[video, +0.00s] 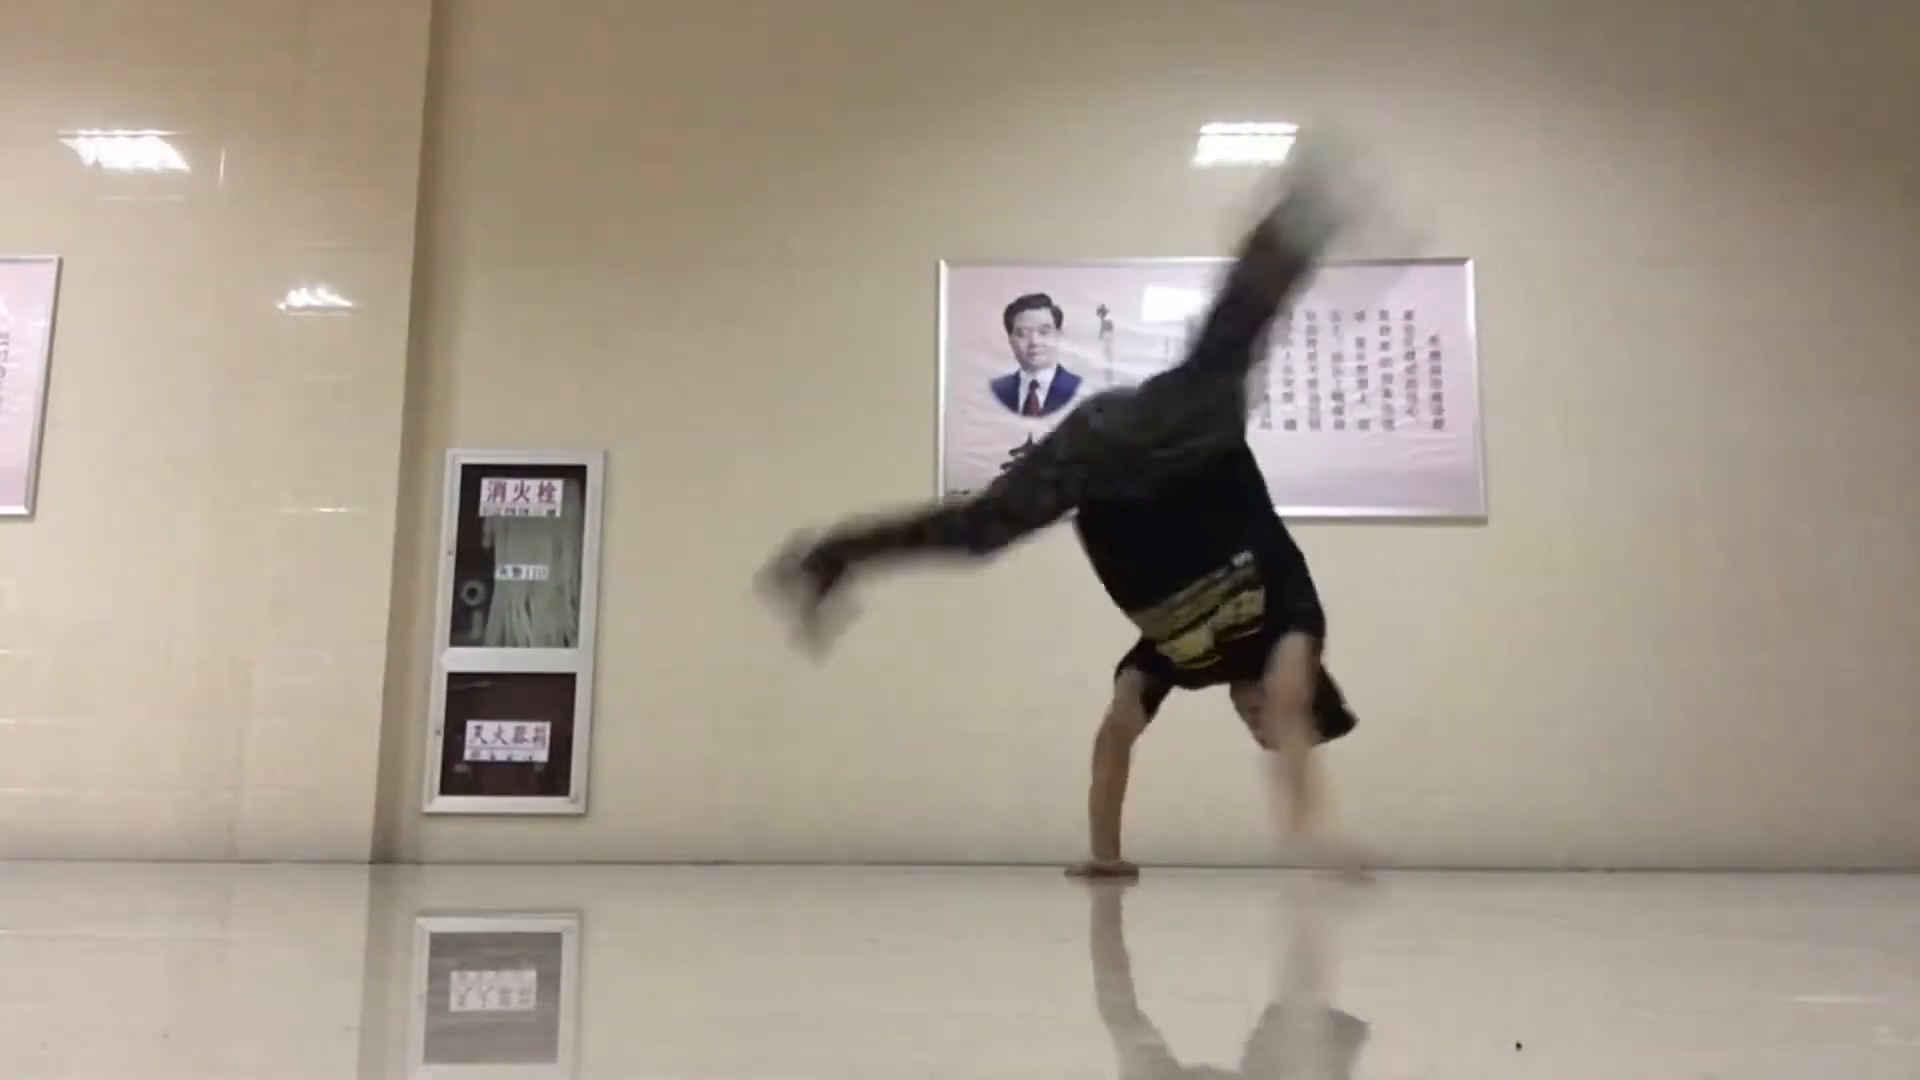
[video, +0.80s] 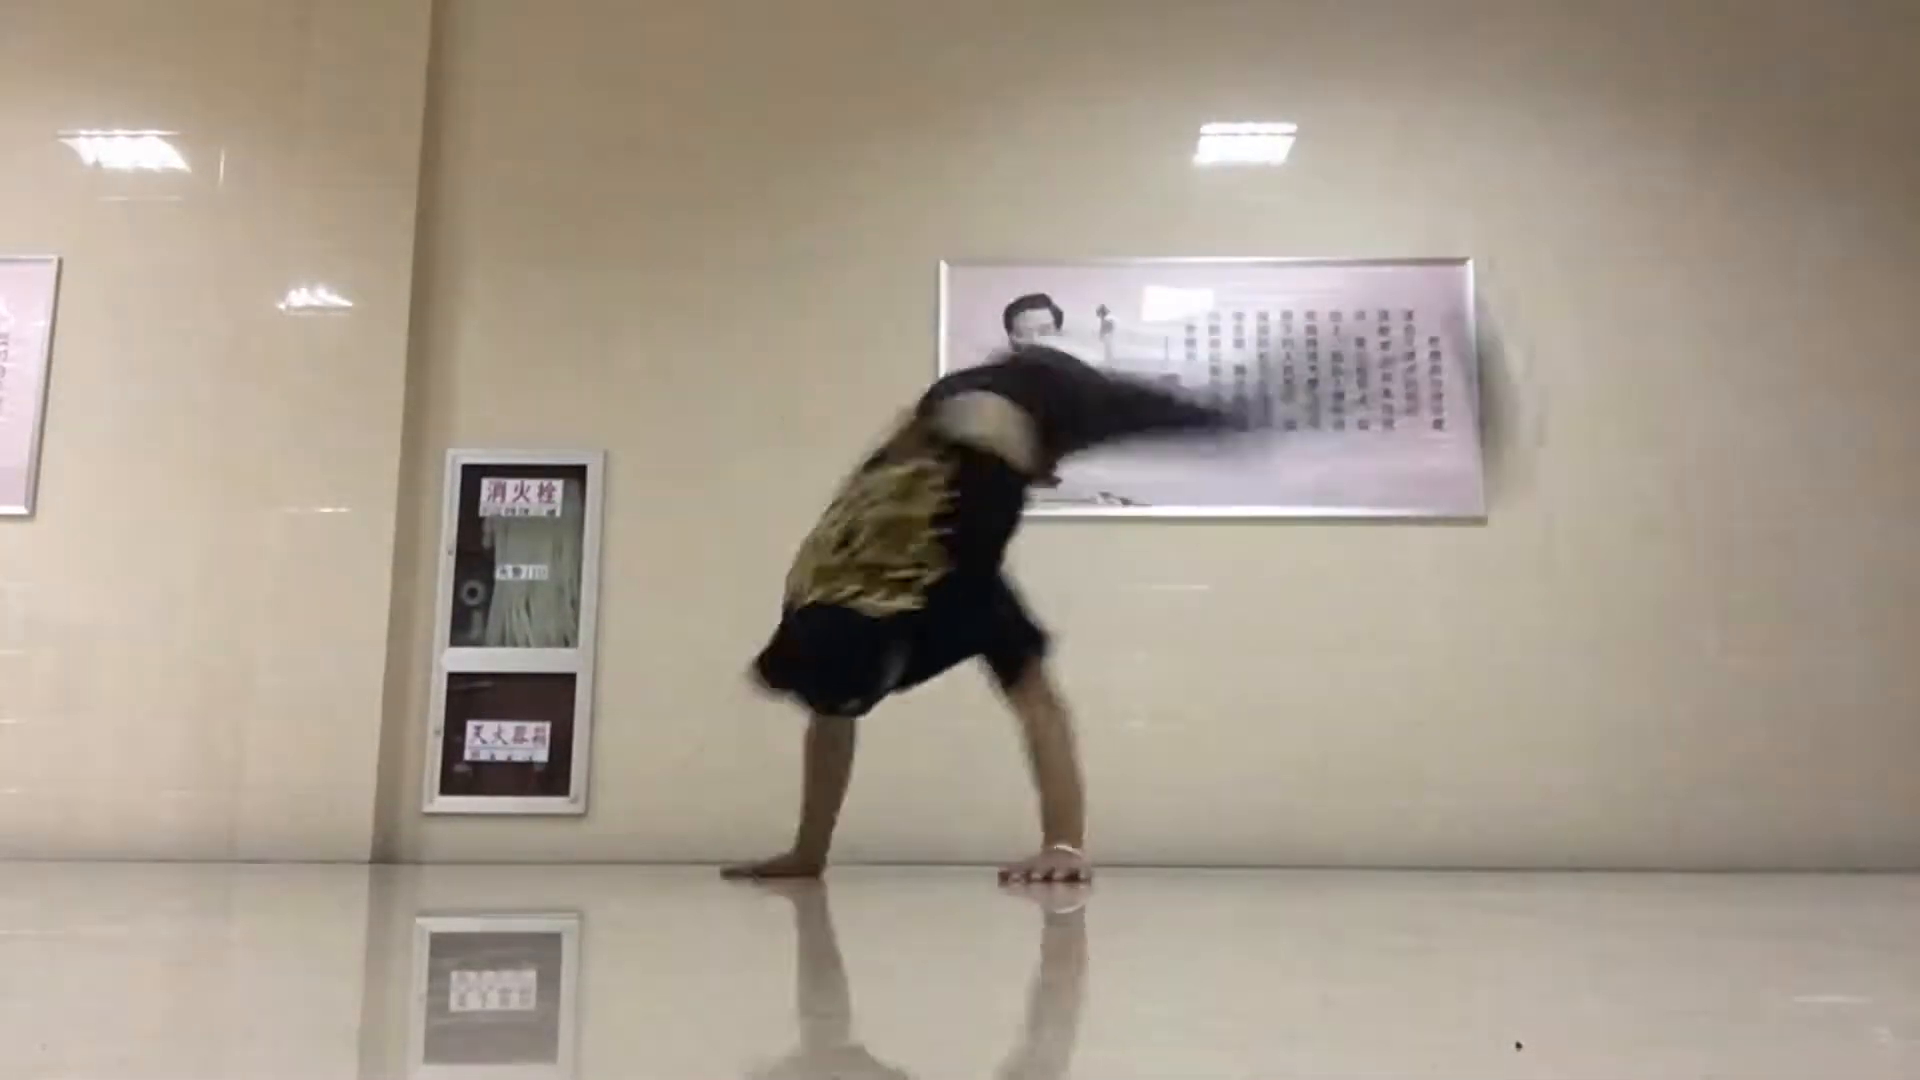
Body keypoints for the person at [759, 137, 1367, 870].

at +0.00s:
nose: (1270, 729)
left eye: (1280, 727)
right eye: (1291, 724)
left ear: (1251, 700)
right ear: (1301, 689)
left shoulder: (1164, 658)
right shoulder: (1293, 625)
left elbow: (1113, 746)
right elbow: (1285, 725)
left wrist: (1104, 858)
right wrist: (1303, 834)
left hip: (1086, 446)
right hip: (1188, 422)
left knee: (975, 529)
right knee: (1236, 332)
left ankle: (833, 557)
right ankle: (1309, 207)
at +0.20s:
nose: (1307, 671)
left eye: (1317, 665)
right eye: (1319, 670)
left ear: (1331, 619)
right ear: (1319, 642)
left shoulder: (1312, 532)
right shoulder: (1240, 597)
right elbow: (1225, 733)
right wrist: (1268, 857)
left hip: (1092, 383)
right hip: (1050, 457)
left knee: (1152, 296)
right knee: (965, 603)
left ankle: (1051, 192)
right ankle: (823, 696)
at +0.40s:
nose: (1264, 403)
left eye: (1278, 415)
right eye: (1279, 398)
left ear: (1291, 443)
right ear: (1300, 419)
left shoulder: (1259, 518)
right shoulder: (1205, 383)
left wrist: (1412, 710)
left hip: (1010, 384)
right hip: (1063, 360)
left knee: (863, 251)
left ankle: (692, 255)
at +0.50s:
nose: (1131, 427)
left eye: (1148, 436)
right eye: (1145, 411)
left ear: (1170, 459)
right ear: (1166, 384)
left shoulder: (1128, 492)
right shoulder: (1208, 380)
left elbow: (1035, 579)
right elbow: (1239, 327)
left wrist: (974, 700)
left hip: (996, 436)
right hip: (1079, 352)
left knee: (848, 413)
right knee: (1118, 276)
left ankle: (726, 436)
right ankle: (1182, 223)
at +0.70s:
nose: (951, 538)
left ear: (889, 582)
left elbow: (762, 632)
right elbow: (1080, 718)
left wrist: (669, 733)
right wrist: (1068, 852)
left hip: (1007, 399)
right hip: (1109, 428)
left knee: (933, 324)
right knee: (1170, 606)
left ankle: (891, 214)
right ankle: (1257, 747)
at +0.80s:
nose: (847, 700)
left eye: (852, 690)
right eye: (835, 696)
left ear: (885, 654)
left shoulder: (967, 599)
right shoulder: (824, 629)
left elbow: (1037, 704)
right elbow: (829, 737)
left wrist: (1064, 847)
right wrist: (806, 856)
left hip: (1031, 403)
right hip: (950, 406)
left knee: (1179, 412)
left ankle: (1259, 414)